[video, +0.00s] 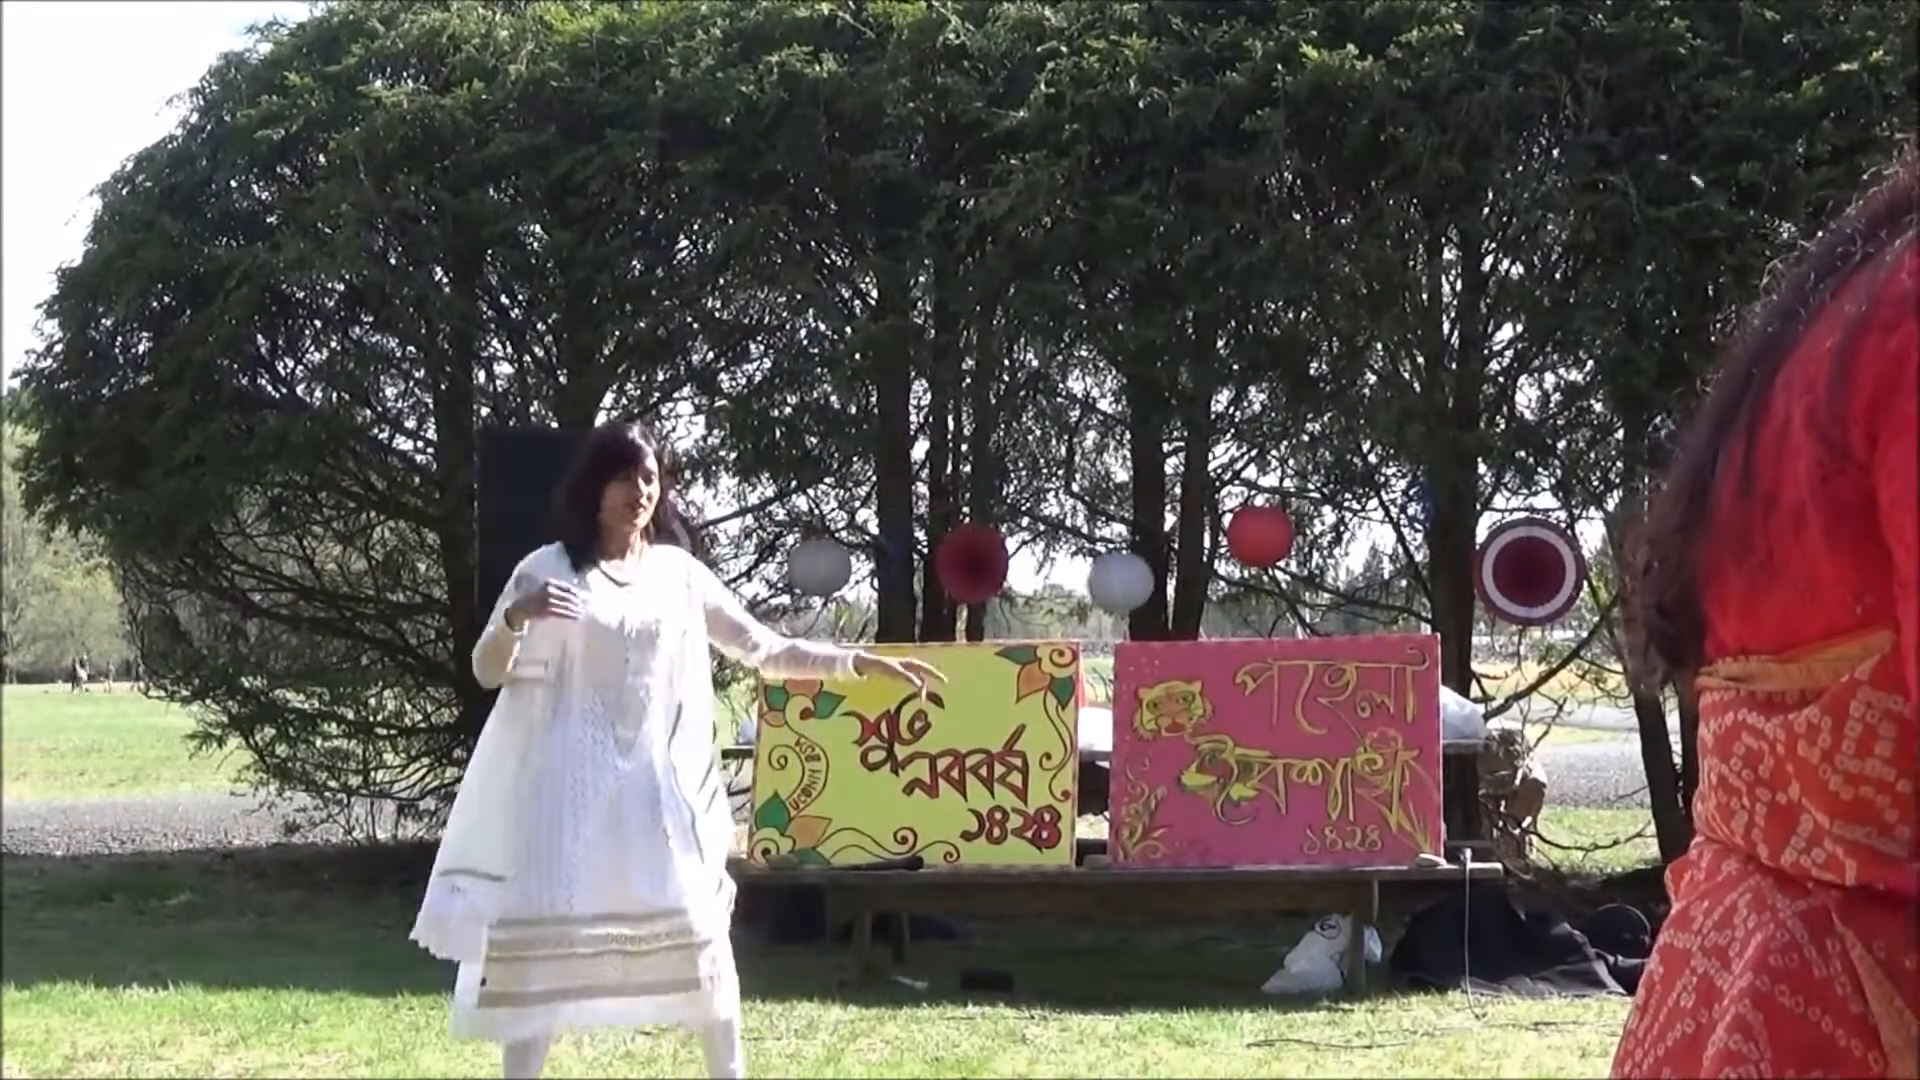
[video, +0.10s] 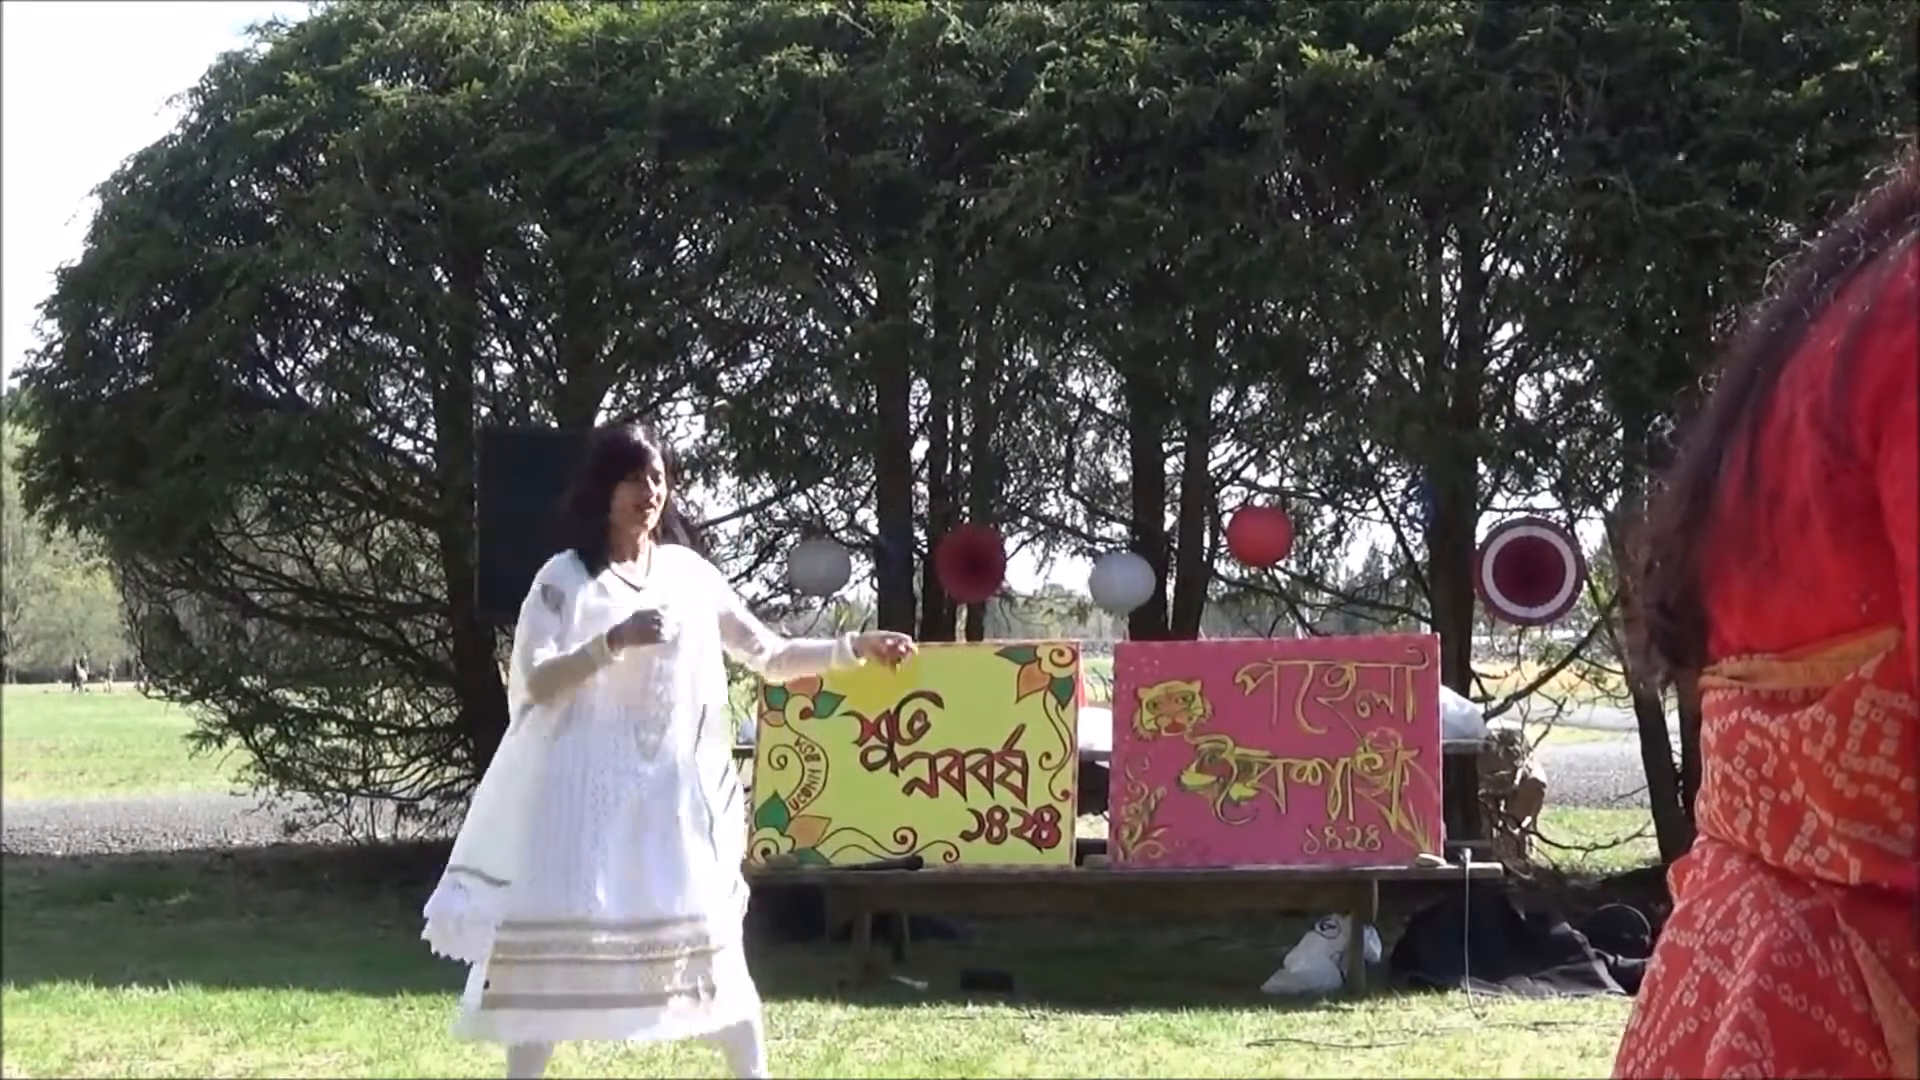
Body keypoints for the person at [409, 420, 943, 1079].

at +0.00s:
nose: (640, 488)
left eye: (650, 477)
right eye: (625, 475)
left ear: (660, 490)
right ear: (593, 486)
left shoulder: (680, 573)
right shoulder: (546, 569)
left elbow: (766, 649)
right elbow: (487, 671)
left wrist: (863, 659)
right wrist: (513, 616)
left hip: (660, 788)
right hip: (558, 789)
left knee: (708, 953)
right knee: (532, 958)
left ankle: (728, 1072)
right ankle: (519, 1075)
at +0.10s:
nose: (651, 493)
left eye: (660, 480)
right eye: (636, 478)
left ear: (670, 493)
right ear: (602, 487)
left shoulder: (689, 571)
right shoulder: (563, 577)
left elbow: (771, 657)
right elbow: (533, 684)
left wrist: (857, 648)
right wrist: (610, 642)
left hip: (676, 790)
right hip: (575, 790)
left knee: (717, 945)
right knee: (542, 949)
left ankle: (754, 1072)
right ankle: (523, 1072)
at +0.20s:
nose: (665, 491)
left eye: (672, 479)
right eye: (649, 479)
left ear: (682, 491)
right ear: (616, 491)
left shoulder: (705, 568)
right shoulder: (596, 577)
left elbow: (781, 658)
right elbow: (629, 672)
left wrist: (850, 619)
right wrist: (699, 608)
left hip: (708, 794)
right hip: (611, 798)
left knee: (744, 952)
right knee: (561, 956)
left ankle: (758, 1071)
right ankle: (529, 1070)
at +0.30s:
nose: (680, 493)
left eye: (685, 479)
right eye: (662, 483)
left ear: (698, 491)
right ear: (633, 500)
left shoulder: (725, 572)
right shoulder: (636, 580)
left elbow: (811, 643)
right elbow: (725, 634)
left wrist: (857, 572)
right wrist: (782, 550)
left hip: (743, 792)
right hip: (650, 796)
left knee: (774, 956)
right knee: (590, 952)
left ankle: (763, 1071)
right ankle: (538, 1071)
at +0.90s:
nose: (721, 527)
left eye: (730, 510)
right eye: (704, 519)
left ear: (754, 512)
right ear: (688, 534)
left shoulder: (796, 584)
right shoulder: (694, 611)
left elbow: (831, 703)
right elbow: (731, 715)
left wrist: (863, 670)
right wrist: (822, 657)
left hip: (803, 817)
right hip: (719, 822)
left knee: (818, 982)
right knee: (650, 969)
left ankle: (777, 1073)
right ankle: (584, 1074)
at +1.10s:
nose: (716, 520)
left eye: (727, 503)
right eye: (700, 510)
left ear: (754, 502)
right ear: (686, 521)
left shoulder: (805, 580)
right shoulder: (680, 601)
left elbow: (827, 690)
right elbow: (655, 718)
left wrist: (839, 704)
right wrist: (734, 698)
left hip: (798, 815)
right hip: (705, 818)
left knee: (805, 983)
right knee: (644, 970)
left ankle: (772, 1075)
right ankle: (582, 1075)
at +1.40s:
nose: (699, 501)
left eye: (710, 485)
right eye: (683, 489)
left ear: (735, 487)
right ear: (665, 500)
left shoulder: (785, 566)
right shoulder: (645, 579)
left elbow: (862, 640)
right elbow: (571, 664)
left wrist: (838, 689)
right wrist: (641, 698)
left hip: (768, 787)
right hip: (675, 787)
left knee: (770, 957)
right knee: (621, 953)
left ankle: (760, 1073)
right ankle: (569, 1074)